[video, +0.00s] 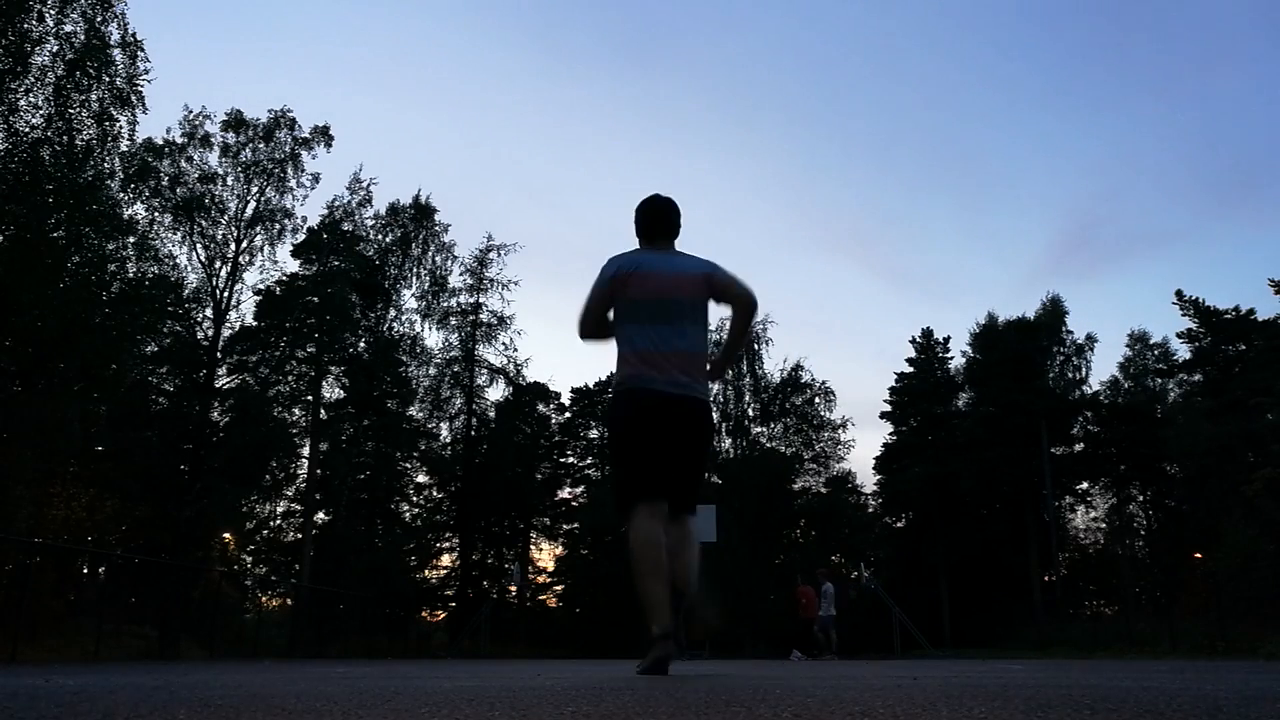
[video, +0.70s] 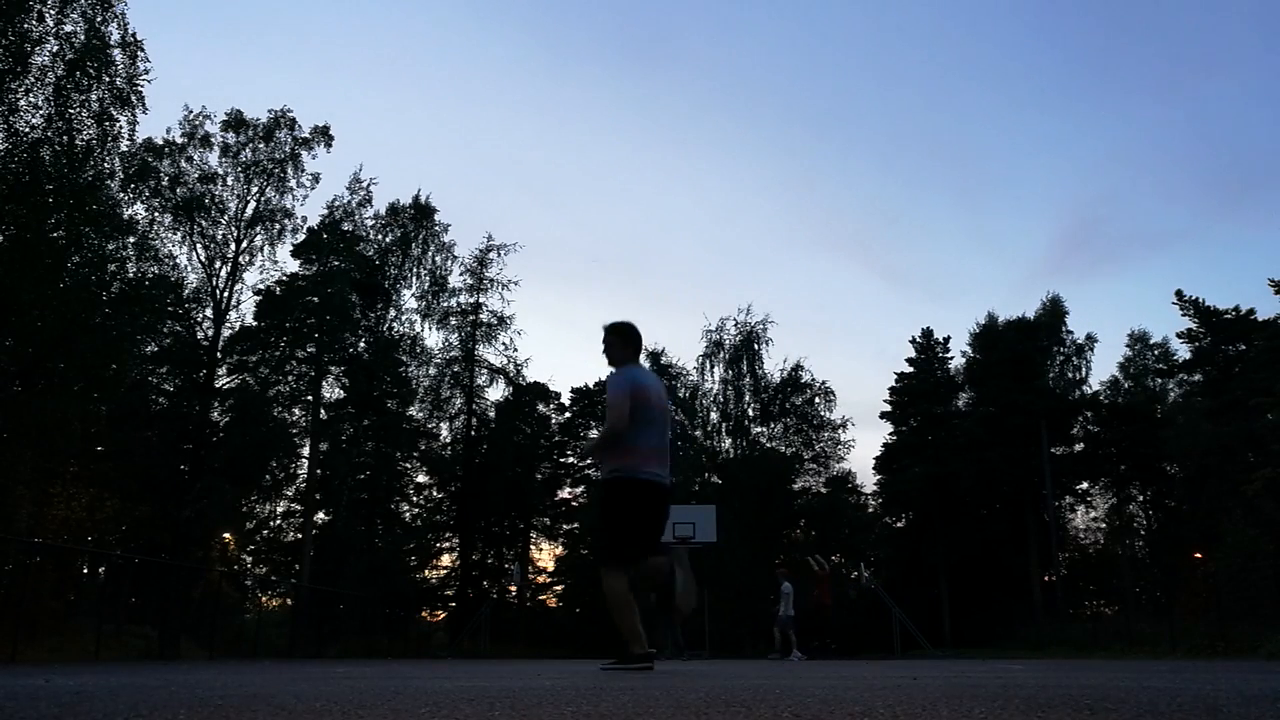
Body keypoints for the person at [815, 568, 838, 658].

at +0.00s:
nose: (820, 579)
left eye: (821, 577)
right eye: (819, 577)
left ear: (823, 577)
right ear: (822, 577)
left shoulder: (829, 587)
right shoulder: (824, 587)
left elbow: (829, 602)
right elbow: (825, 601)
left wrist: (823, 611)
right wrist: (822, 610)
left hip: (829, 614)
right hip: (824, 614)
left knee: (830, 632)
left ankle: (832, 652)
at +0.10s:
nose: (814, 581)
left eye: (815, 579)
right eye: (814, 579)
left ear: (817, 579)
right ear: (819, 579)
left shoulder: (822, 588)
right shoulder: (819, 588)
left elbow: (819, 602)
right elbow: (819, 603)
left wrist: (816, 612)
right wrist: (816, 611)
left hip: (823, 614)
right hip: (820, 614)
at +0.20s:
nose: (807, 582)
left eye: (808, 580)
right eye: (807, 580)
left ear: (811, 580)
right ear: (812, 580)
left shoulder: (816, 589)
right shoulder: (813, 589)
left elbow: (814, 602)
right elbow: (813, 602)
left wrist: (806, 609)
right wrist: (806, 610)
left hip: (818, 615)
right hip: (813, 615)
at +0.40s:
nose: (794, 580)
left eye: (795, 578)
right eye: (794, 578)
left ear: (797, 579)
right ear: (801, 578)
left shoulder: (801, 588)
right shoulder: (803, 588)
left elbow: (800, 602)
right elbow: (802, 603)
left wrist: (795, 612)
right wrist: (797, 611)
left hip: (800, 616)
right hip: (803, 615)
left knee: (795, 635)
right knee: (804, 634)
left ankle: (795, 653)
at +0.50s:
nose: (789, 578)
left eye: (789, 576)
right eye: (789, 576)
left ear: (792, 577)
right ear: (796, 577)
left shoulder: (796, 587)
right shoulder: (797, 586)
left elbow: (795, 601)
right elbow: (797, 601)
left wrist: (790, 611)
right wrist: (792, 610)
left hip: (796, 614)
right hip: (797, 614)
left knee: (793, 632)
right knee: (794, 633)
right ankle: (795, 652)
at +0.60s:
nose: (784, 578)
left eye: (785, 577)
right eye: (784, 576)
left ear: (786, 577)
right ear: (790, 576)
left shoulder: (791, 587)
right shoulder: (792, 586)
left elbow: (789, 601)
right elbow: (791, 601)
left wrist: (786, 612)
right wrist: (788, 611)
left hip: (791, 613)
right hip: (793, 613)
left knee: (784, 629)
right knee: (792, 632)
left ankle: (795, 651)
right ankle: (795, 652)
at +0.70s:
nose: (779, 578)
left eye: (779, 576)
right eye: (779, 576)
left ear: (781, 577)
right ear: (785, 576)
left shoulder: (785, 587)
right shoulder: (787, 587)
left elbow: (784, 602)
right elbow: (786, 602)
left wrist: (782, 612)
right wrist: (784, 610)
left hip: (784, 614)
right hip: (789, 614)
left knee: (777, 630)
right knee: (790, 632)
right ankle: (794, 651)